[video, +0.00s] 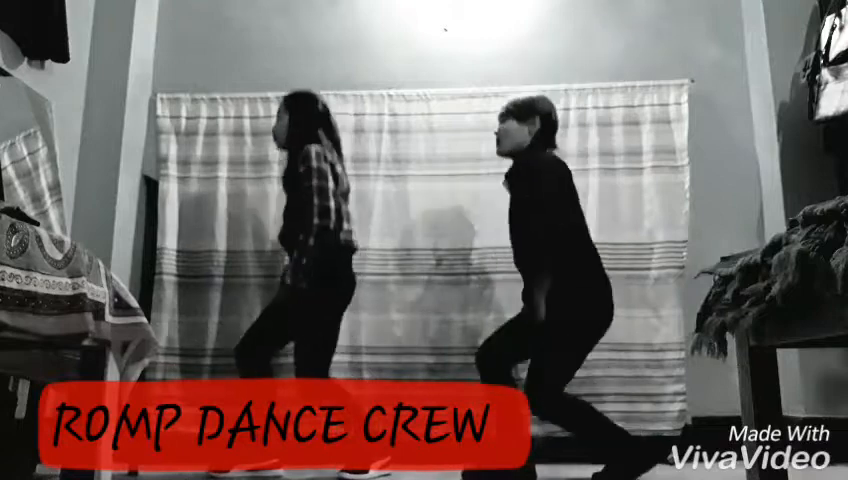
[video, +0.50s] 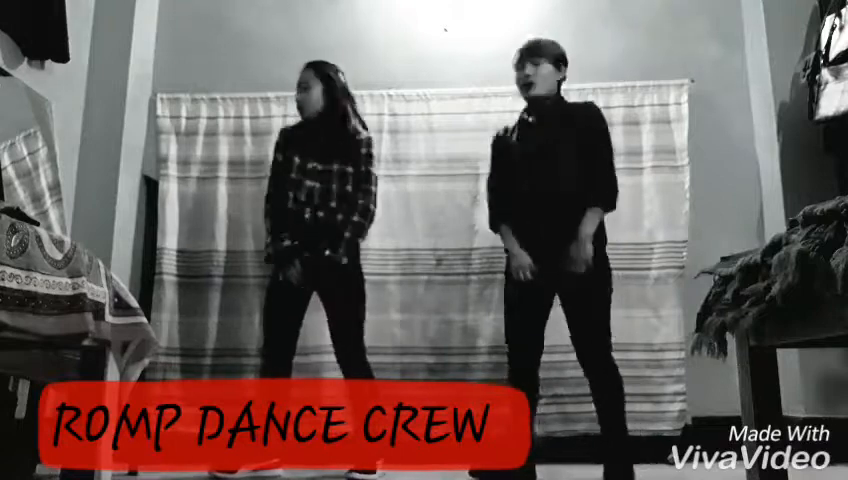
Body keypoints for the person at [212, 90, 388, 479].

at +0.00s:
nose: (274, 126)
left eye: (280, 118)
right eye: (276, 118)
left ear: (297, 120)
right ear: (311, 121)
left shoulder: (311, 153)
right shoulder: (321, 155)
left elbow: (314, 216)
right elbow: (323, 219)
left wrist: (297, 269)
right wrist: (299, 265)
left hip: (320, 272)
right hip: (330, 271)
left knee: (251, 350)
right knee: (312, 369)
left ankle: (268, 441)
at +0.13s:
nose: (282, 102)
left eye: (288, 94)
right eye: (284, 94)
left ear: (304, 96)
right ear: (316, 95)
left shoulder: (318, 129)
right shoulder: (316, 132)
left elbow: (317, 192)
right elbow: (312, 194)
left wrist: (302, 249)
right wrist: (298, 244)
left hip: (325, 254)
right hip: (324, 252)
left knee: (294, 352)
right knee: (343, 353)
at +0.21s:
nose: (286, 99)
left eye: (292, 91)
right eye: (289, 92)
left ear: (310, 95)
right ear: (316, 96)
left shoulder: (322, 132)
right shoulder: (320, 135)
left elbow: (318, 196)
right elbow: (313, 197)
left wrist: (302, 253)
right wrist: (296, 247)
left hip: (327, 258)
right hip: (324, 256)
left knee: (297, 355)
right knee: (358, 356)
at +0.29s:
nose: (288, 99)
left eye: (294, 91)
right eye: (290, 91)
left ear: (312, 94)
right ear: (314, 94)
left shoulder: (327, 132)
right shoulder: (314, 135)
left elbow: (324, 199)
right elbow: (304, 200)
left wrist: (307, 257)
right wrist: (289, 251)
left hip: (329, 260)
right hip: (311, 260)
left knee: (358, 355)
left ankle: (390, 438)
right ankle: (277, 443)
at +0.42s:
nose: (295, 97)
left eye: (303, 89)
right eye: (296, 90)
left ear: (328, 92)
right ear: (302, 95)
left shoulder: (349, 137)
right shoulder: (292, 141)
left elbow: (356, 205)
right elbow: (279, 204)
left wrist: (326, 256)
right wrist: (278, 254)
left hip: (337, 263)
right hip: (293, 263)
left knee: (354, 355)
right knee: (278, 356)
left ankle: (380, 444)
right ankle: (264, 447)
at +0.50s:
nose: (297, 96)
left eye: (305, 88)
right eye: (297, 89)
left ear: (331, 92)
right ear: (303, 93)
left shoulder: (356, 140)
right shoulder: (289, 138)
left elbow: (364, 205)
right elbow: (274, 201)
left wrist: (337, 250)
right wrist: (282, 251)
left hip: (339, 264)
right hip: (292, 263)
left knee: (351, 357)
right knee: (276, 356)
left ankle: (373, 448)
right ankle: (264, 447)